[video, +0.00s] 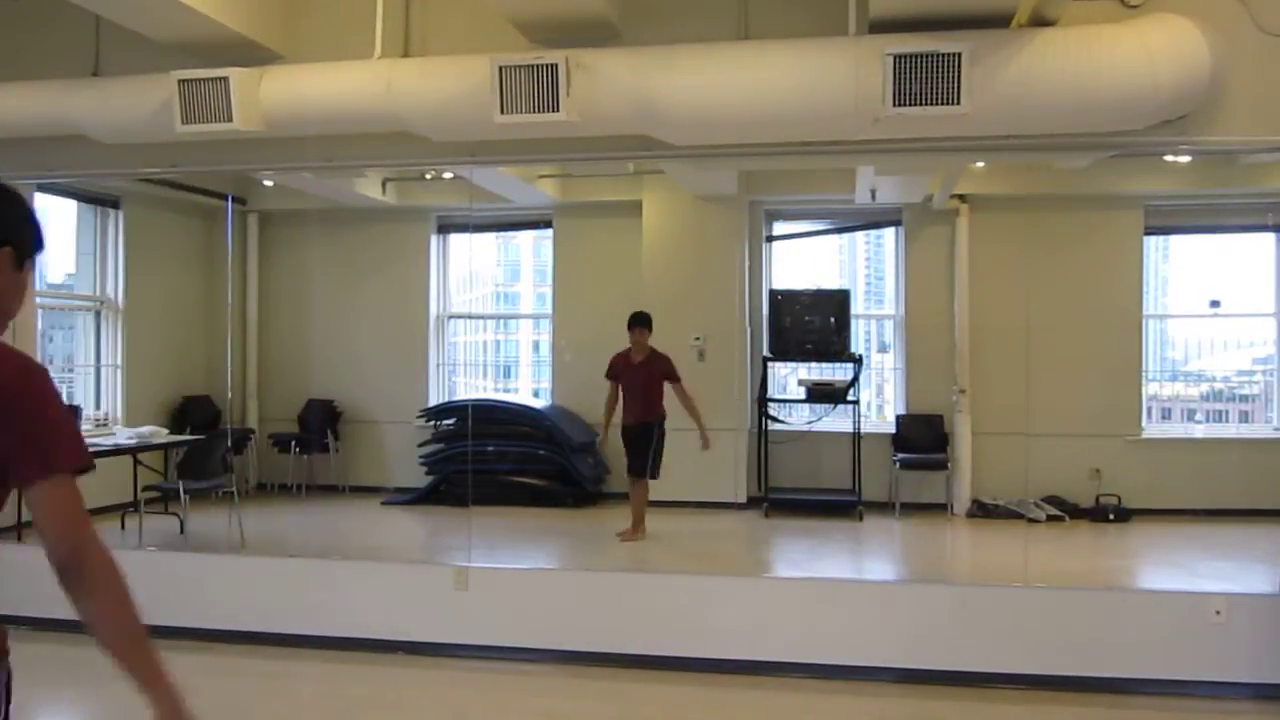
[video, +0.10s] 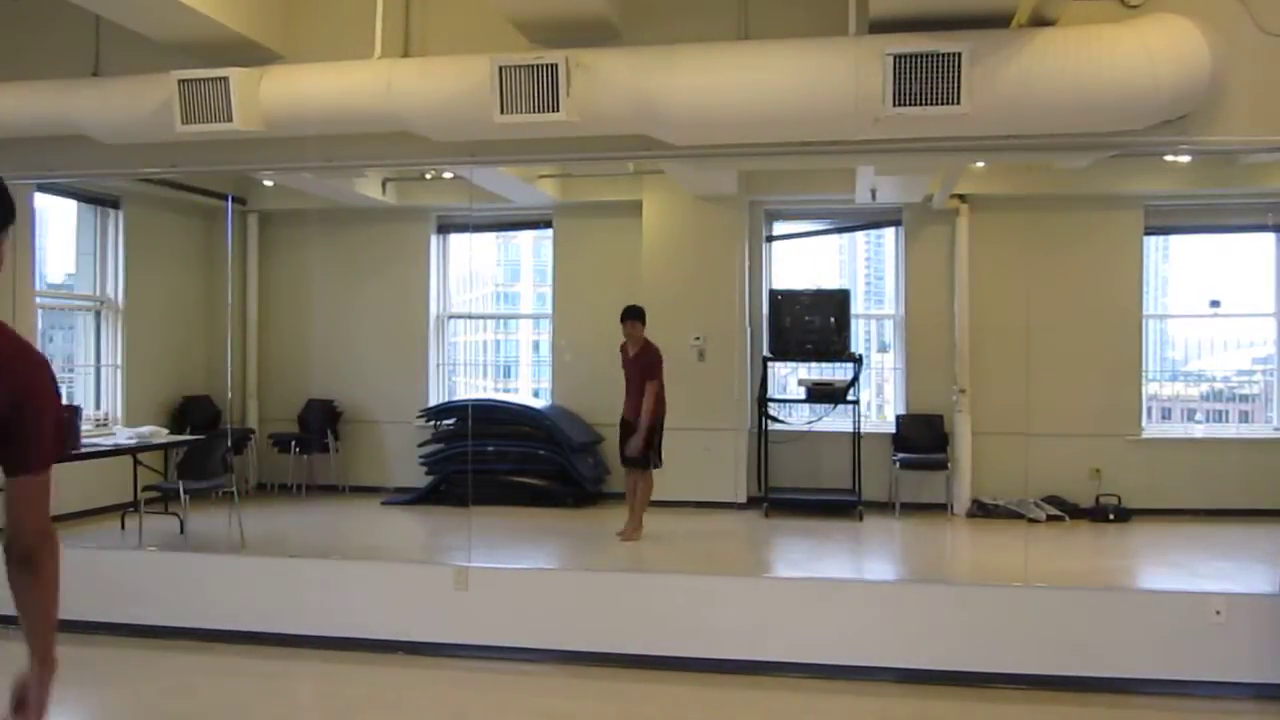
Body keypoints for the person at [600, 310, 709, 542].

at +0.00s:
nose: (638, 337)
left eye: (643, 333)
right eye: (634, 332)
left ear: (650, 334)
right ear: (628, 333)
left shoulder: (661, 361)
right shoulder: (619, 361)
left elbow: (683, 396)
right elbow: (612, 397)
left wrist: (702, 429)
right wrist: (605, 430)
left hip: (653, 424)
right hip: (629, 425)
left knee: (640, 476)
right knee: (634, 476)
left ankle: (638, 527)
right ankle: (637, 525)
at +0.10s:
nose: (631, 328)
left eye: (635, 324)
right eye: (627, 324)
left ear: (643, 326)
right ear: (622, 326)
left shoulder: (652, 354)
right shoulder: (624, 349)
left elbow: (650, 397)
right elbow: (629, 384)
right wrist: (626, 413)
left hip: (649, 419)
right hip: (630, 416)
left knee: (643, 471)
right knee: (630, 469)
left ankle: (637, 523)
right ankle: (632, 520)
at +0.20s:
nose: (631, 325)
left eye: (635, 320)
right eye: (627, 320)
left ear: (644, 322)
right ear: (622, 323)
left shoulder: (648, 348)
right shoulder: (631, 342)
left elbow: (627, 380)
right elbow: (654, 370)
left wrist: (593, 402)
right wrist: (664, 384)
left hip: (651, 408)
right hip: (633, 403)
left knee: (643, 460)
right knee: (618, 451)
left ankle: (643, 512)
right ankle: (618, 504)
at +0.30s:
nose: (631, 330)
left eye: (636, 325)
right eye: (628, 325)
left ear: (644, 326)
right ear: (624, 327)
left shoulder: (644, 350)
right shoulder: (644, 340)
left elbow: (616, 363)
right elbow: (660, 341)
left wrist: (582, 359)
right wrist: (669, 349)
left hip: (654, 416)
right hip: (636, 412)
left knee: (641, 466)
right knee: (619, 455)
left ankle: (647, 516)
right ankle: (598, 501)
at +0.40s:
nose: (634, 336)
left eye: (638, 331)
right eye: (631, 332)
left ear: (648, 334)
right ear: (628, 334)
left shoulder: (647, 359)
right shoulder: (647, 354)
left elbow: (615, 356)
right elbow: (656, 346)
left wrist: (583, 337)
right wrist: (658, 336)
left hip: (653, 424)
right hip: (640, 422)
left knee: (637, 475)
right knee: (624, 467)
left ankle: (649, 521)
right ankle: (611, 501)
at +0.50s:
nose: (641, 340)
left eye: (646, 335)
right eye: (638, 336)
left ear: (655, 339)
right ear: (633, 340)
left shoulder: (652, 365)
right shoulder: (644, 363)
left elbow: (618, 365)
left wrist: (592, 342)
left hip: (656, 429)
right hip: (645, 428)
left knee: (632, 477)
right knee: (636, 476)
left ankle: (648, 520)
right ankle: (635, 503)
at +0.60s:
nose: (646, 334)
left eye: (651, 329)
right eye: (642, 330)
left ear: (660, 332)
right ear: (638, 333)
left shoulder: (665, 360)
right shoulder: (640, 359)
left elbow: (642, 384)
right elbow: (636, 385)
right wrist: (609, 380)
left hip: (664, 424)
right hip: (647, 424)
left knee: (643, 473)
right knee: (652, 471)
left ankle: (648, 521)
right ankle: (657, 507)